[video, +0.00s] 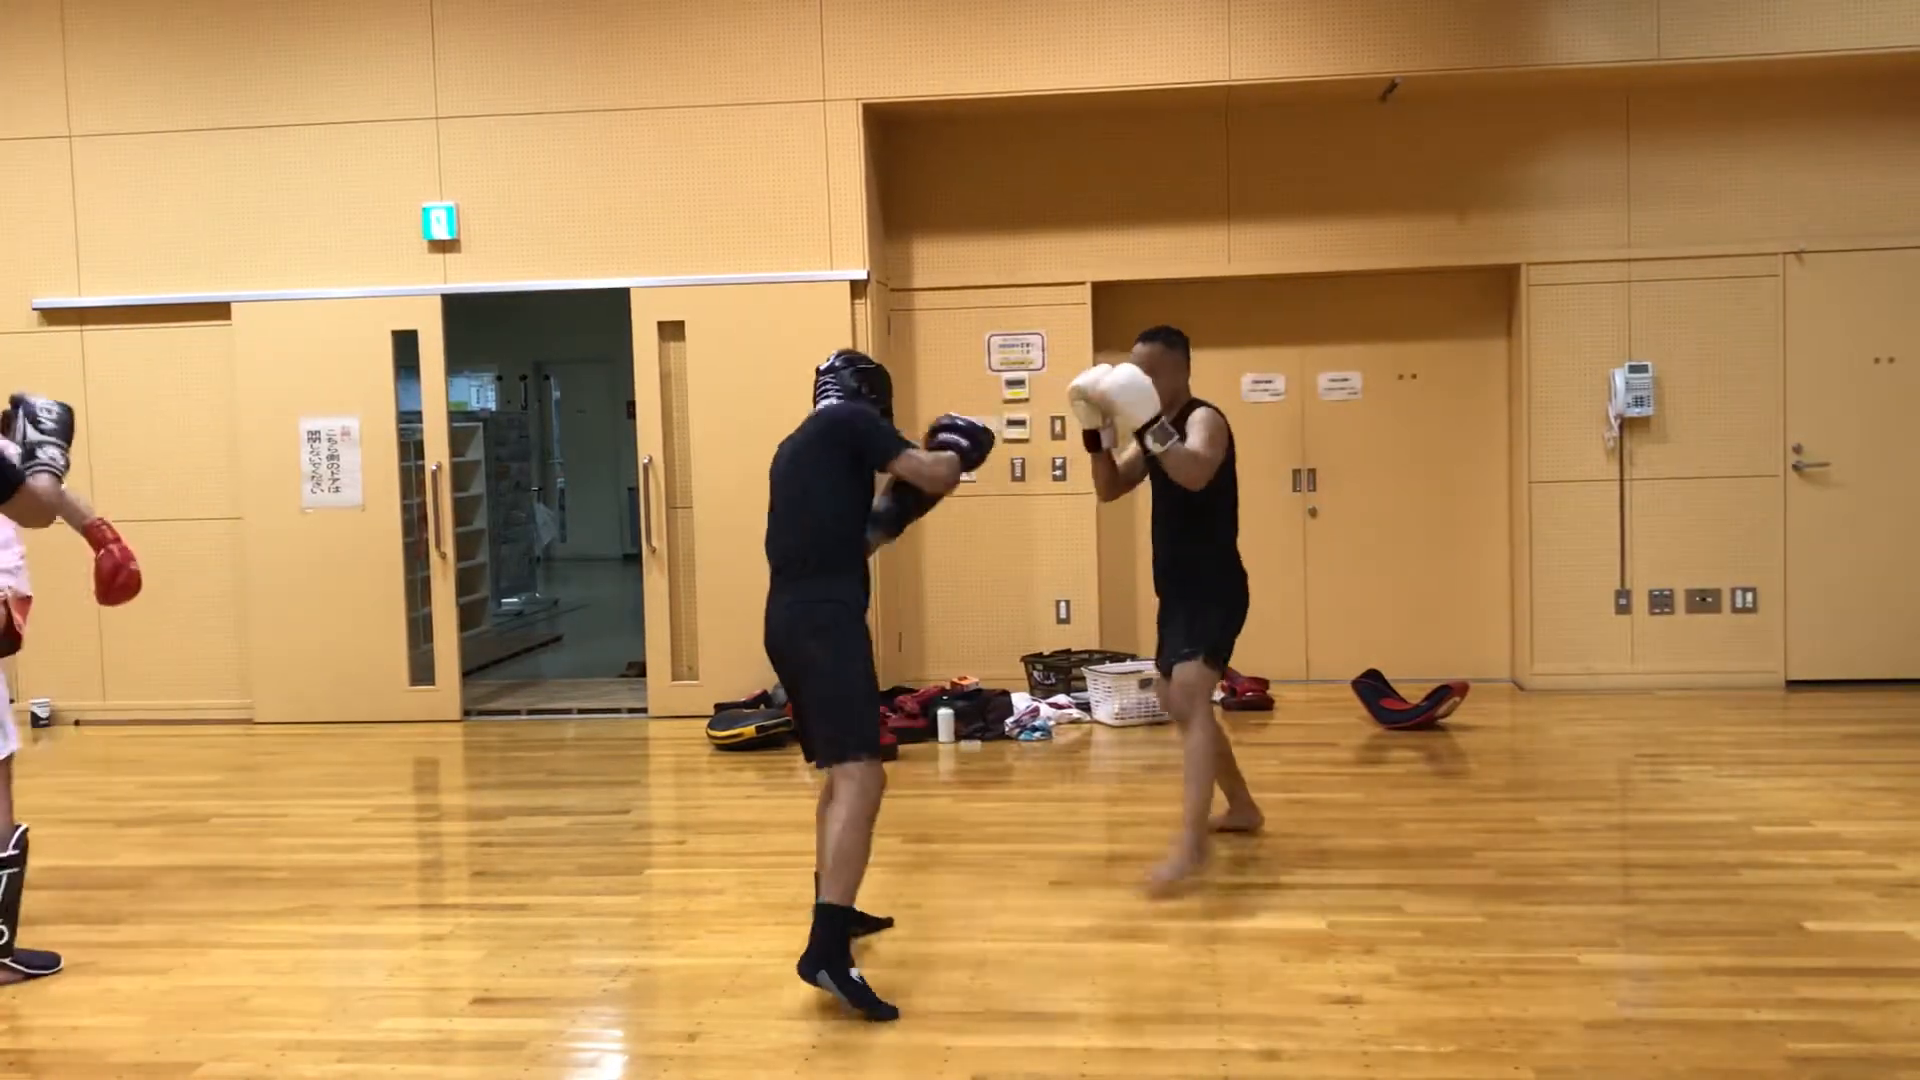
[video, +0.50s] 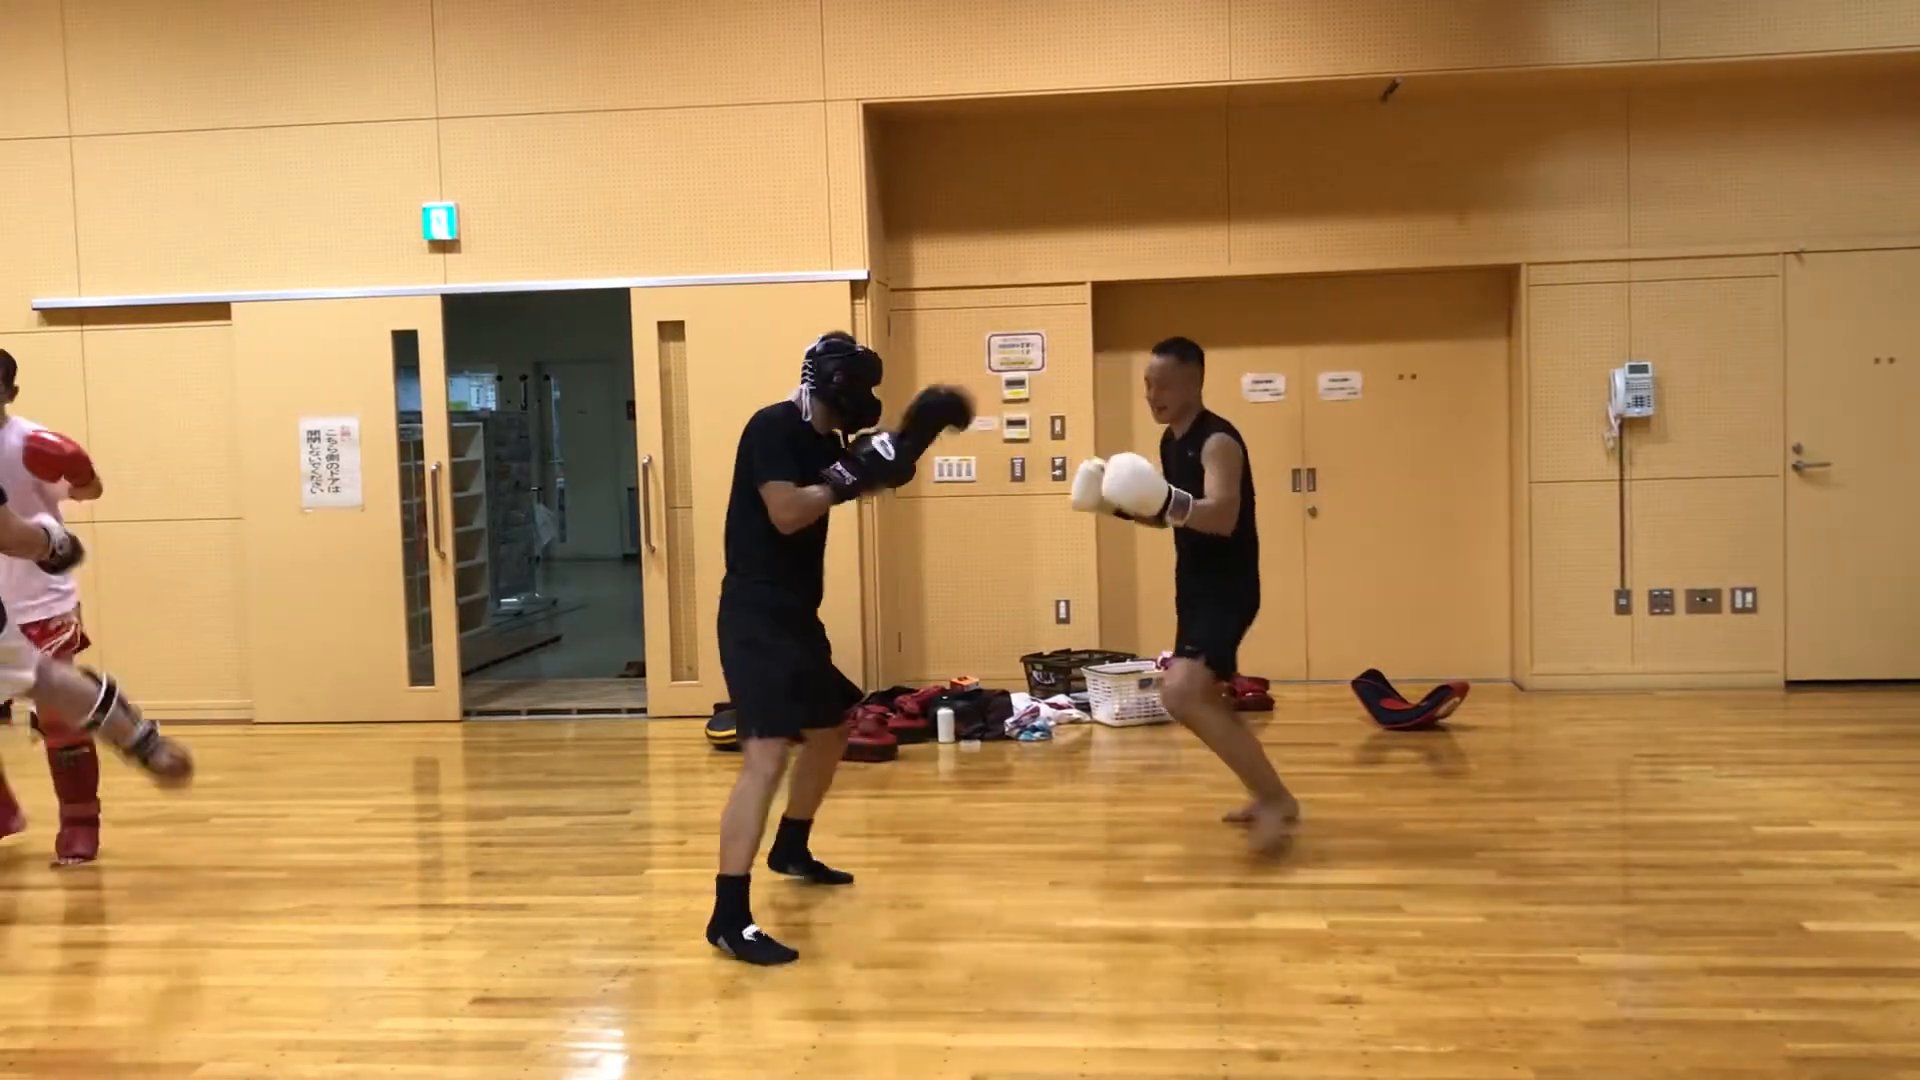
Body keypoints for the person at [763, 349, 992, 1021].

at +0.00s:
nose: (886, 415)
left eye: (884, 406)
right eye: (884, 404)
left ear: (824, 391)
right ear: (871, 393)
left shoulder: (794, 449)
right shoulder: (853, 419)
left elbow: (846, 547)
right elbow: (934, 479)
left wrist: (897, 508)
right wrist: (955, 447)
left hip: (794, 621)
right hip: (827, 621)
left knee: (841, 775)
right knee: (861, 778)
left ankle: (835, 909)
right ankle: (825, 951)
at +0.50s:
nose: (858, 409)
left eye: (862, 399)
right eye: (851, 396)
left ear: (854, 396)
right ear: (821, 385)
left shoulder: (833, 437)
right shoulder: (772, 430)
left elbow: (884, 474)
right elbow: (786, 514)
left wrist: (917, 431)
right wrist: (850, 476)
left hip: (796, 617)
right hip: (754, 616)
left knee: (828, 725)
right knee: (766, 753)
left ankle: (790, 849)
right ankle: (728, 919)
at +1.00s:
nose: (782, 422)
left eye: (785, 414)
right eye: (778, 411)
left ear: (774, 402)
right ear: (759, 395)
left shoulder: (759, 440)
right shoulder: (718, 439)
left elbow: (780, 513)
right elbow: (775, 517)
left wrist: (827, 472)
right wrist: (820, 471)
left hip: (753, 604)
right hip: (706, 607)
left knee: (819, 699)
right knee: (703, 741)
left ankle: (797, 834)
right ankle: (646, 848)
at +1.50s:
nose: (821, 421)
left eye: (823, 412)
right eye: (812, 412)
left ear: (816, 411)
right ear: (780, 406)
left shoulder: (815, 440)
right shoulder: (729, 448)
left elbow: (829, 483)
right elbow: (728, 535)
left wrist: (868, 481)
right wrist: (791, 497)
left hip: (780, 599)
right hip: (724, 603)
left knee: (830, 693)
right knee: (704, 716)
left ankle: (818, 804)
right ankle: (645, 819)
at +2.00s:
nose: (766, 415)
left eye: (768, 406)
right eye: (758, 406)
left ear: (759, 405)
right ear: (726, 402)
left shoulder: (760, 436)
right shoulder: (679, 450)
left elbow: (802, 496)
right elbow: (703, 528)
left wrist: (812, 456)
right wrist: (756, 475)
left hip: (750, 597)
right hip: (694, 604)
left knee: (811, 686)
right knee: (674, 719)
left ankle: (858, 797)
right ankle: (629, 822)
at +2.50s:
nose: (887, 419)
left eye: (888, 411)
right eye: (883, 410)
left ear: (847, 403)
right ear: (857, 402)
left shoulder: (834, 457)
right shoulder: (819, 428)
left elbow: (825, 543)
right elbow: (896, 433)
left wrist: (881, 519)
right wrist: (959, 414)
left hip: (817, 594)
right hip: (777, 594)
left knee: (882, 684)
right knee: (752, 716)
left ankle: (881, 802)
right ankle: (673, 810)